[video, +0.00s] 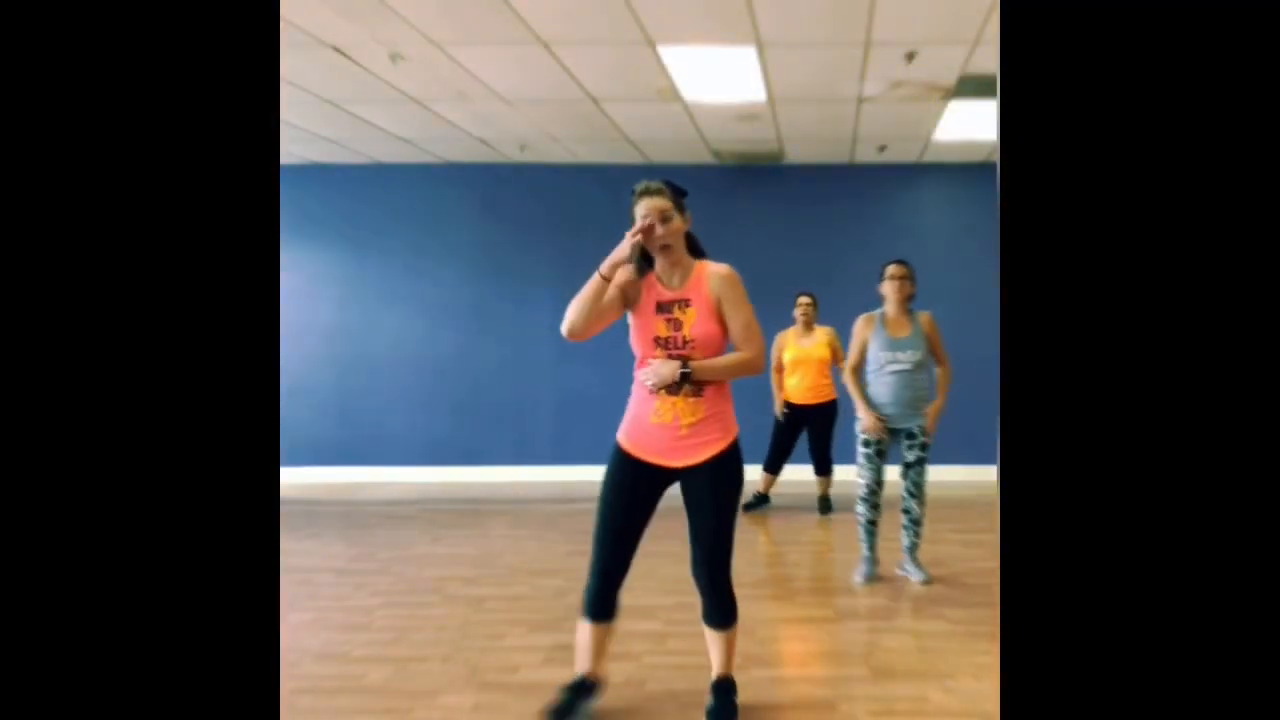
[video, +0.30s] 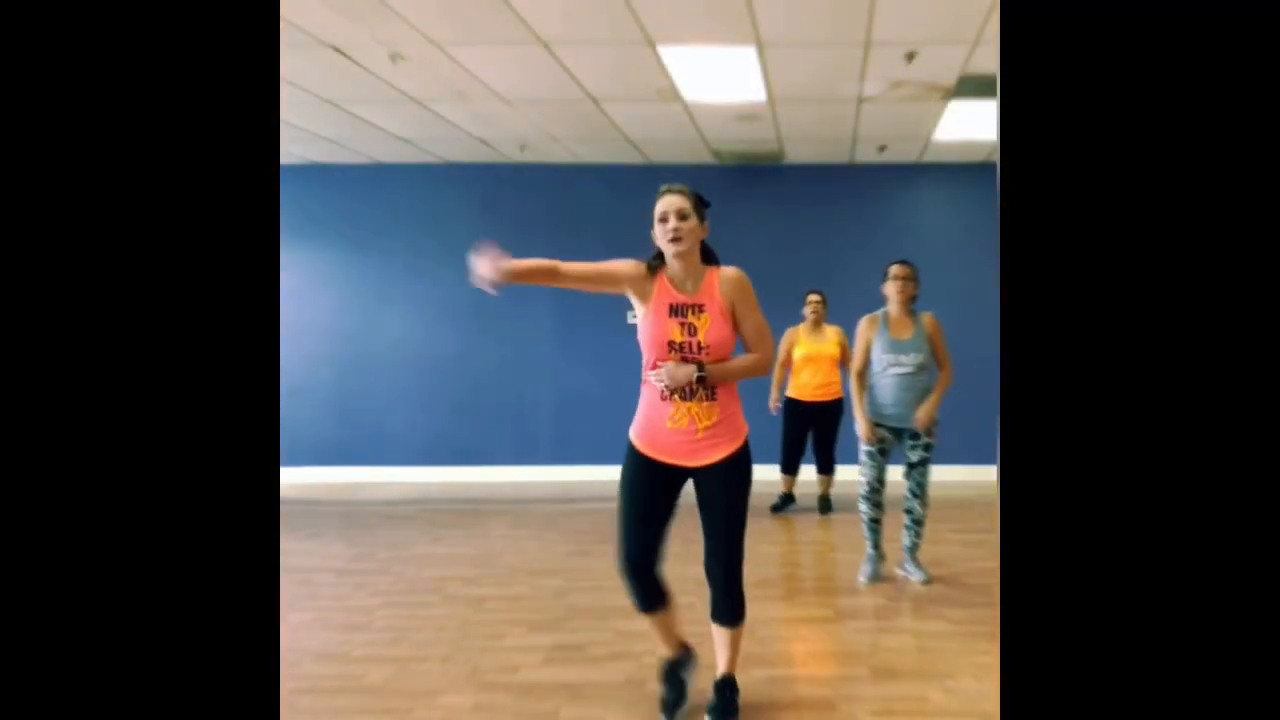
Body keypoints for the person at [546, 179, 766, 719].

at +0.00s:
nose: (656, 229)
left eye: (664, 218)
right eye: (646, 222)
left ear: (685, 221)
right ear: (637, 232)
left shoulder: (718, 278)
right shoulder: (631, 285)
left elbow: (753, 357)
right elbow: (575, 329)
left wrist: (687, 368)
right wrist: (612, 264)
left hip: (710, 444)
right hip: (642, 442)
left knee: (711, 572)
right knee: (605, 568)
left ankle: (722, 686)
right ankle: (586, 678)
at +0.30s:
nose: (672, 226)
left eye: (682, 217)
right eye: (663, 219)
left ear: (703, 225)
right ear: (654, 231)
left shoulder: (730, 283)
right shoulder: (640, 278)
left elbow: (763, 357)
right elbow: (559, 272)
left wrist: (700, 370)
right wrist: (502, 269)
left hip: (721, 445)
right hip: (654, 445)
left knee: (724, 569)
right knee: (636, 564)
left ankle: (726, 684)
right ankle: (677, 654)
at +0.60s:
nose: (649, 232)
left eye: (659, 225)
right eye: (640, 226)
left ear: (679, 237)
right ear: (630, 238)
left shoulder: (701, 301)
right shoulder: (607, 287)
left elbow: (728, 378)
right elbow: (516, 278)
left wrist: (673, 381)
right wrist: (439, 268)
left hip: (700, 456)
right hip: (629, 460)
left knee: (723, 574)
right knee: (586, 580)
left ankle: (727, 684)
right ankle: (537, 668)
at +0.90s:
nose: (607, 223)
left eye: (617, 216)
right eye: (599, 217)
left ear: (637, 230)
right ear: (588, 230)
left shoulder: (656, 299)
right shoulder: (563, 277)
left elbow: (675, 379)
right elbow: (473, 269)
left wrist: (617, 377)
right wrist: (391, 250)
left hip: (644, 449)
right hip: (570, 448)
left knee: (683, 563)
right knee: (549, 567)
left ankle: (716, 679)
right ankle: (532, 671)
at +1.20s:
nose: (624, 234)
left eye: (634, 227)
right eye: (615, 227)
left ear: (650, 237)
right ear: (602, 238)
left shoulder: (677, 297)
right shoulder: (585, 301)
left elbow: (702, 372)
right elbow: (515, 338)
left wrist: (646, 383)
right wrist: (474, 282)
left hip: (652, 457)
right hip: (582, 449)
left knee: (665, 574)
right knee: (563, 562)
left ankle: (686, 668)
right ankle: (532, 669)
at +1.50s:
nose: (650, 225)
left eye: (659, 218)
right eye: (641, 217)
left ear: (673, 230)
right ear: (625, 228)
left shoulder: (690, 276)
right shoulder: (607, 292)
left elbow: (731, 346)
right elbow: (606, 378)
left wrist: (672, 366)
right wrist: (596, 331)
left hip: (693, 436)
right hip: (631, 434)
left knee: (688, 557)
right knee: (590, 543)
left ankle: (688, 665)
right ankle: (625, 624)